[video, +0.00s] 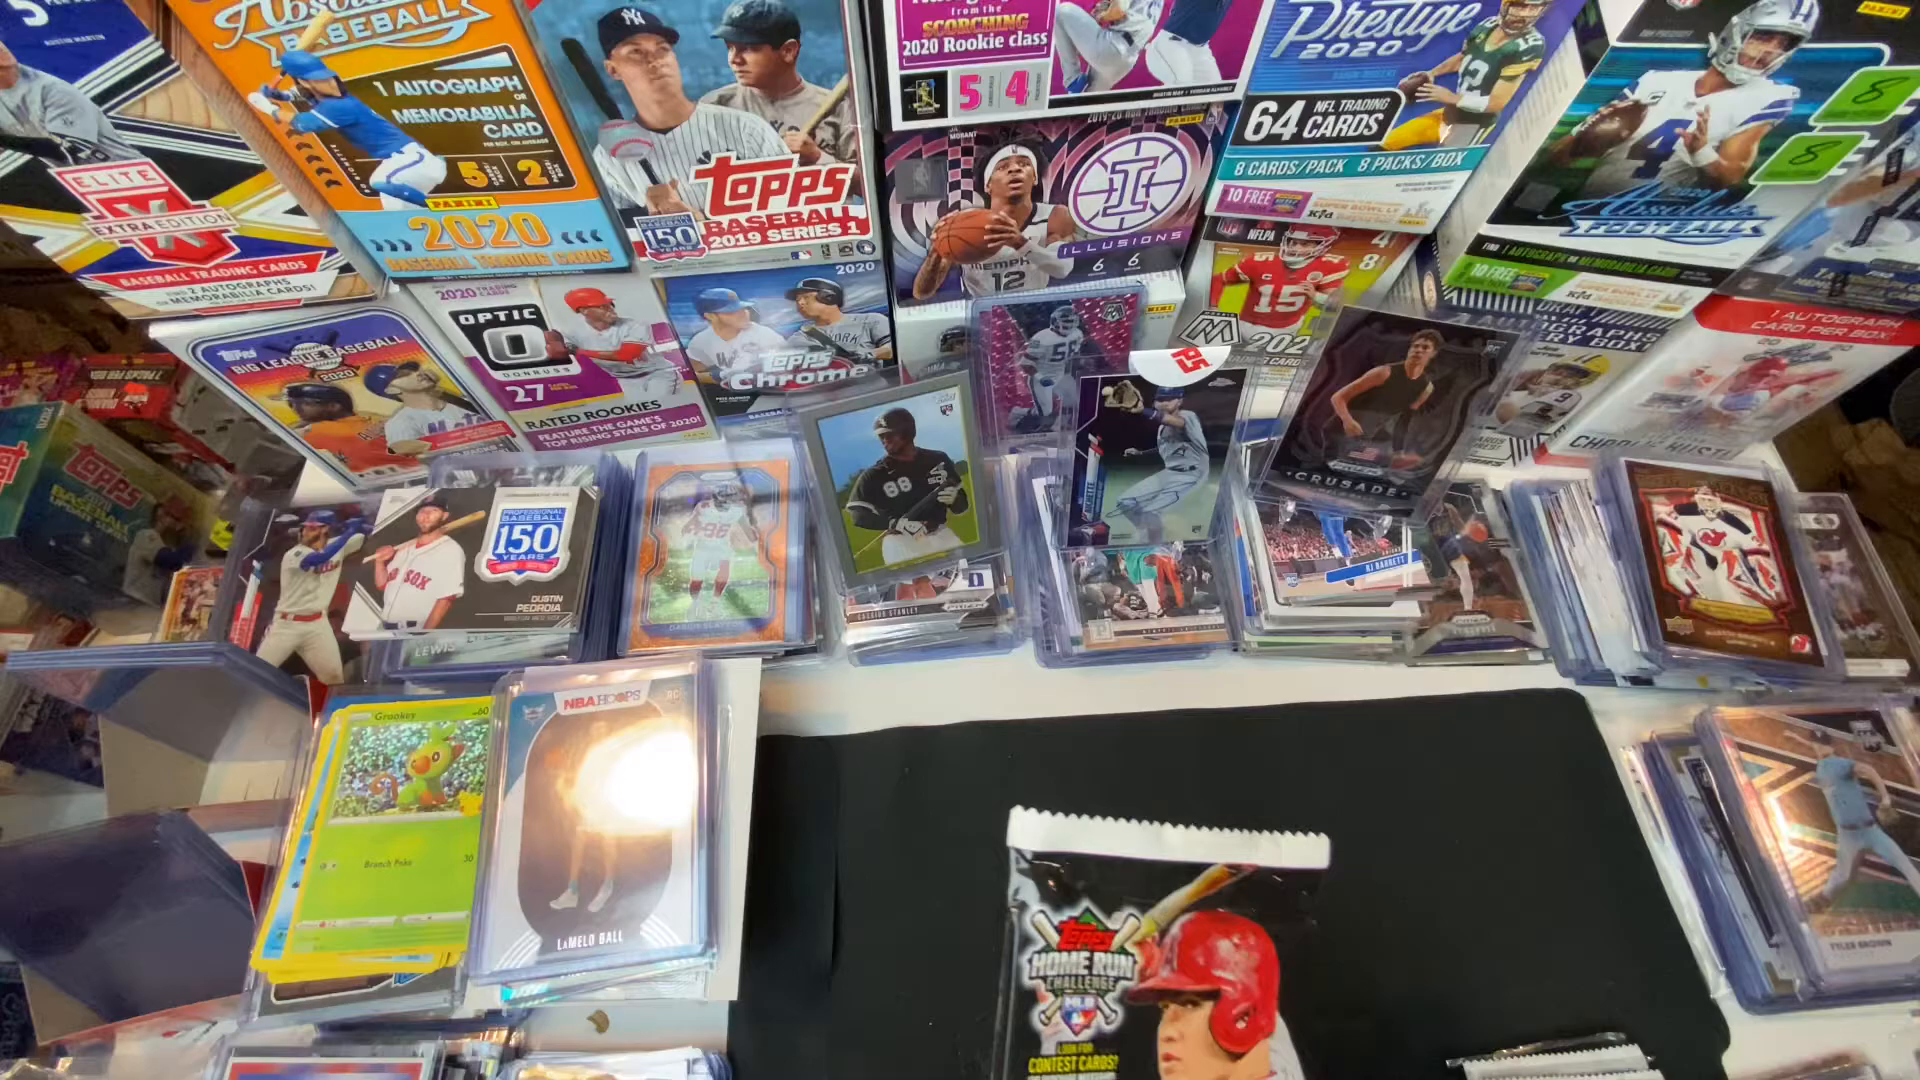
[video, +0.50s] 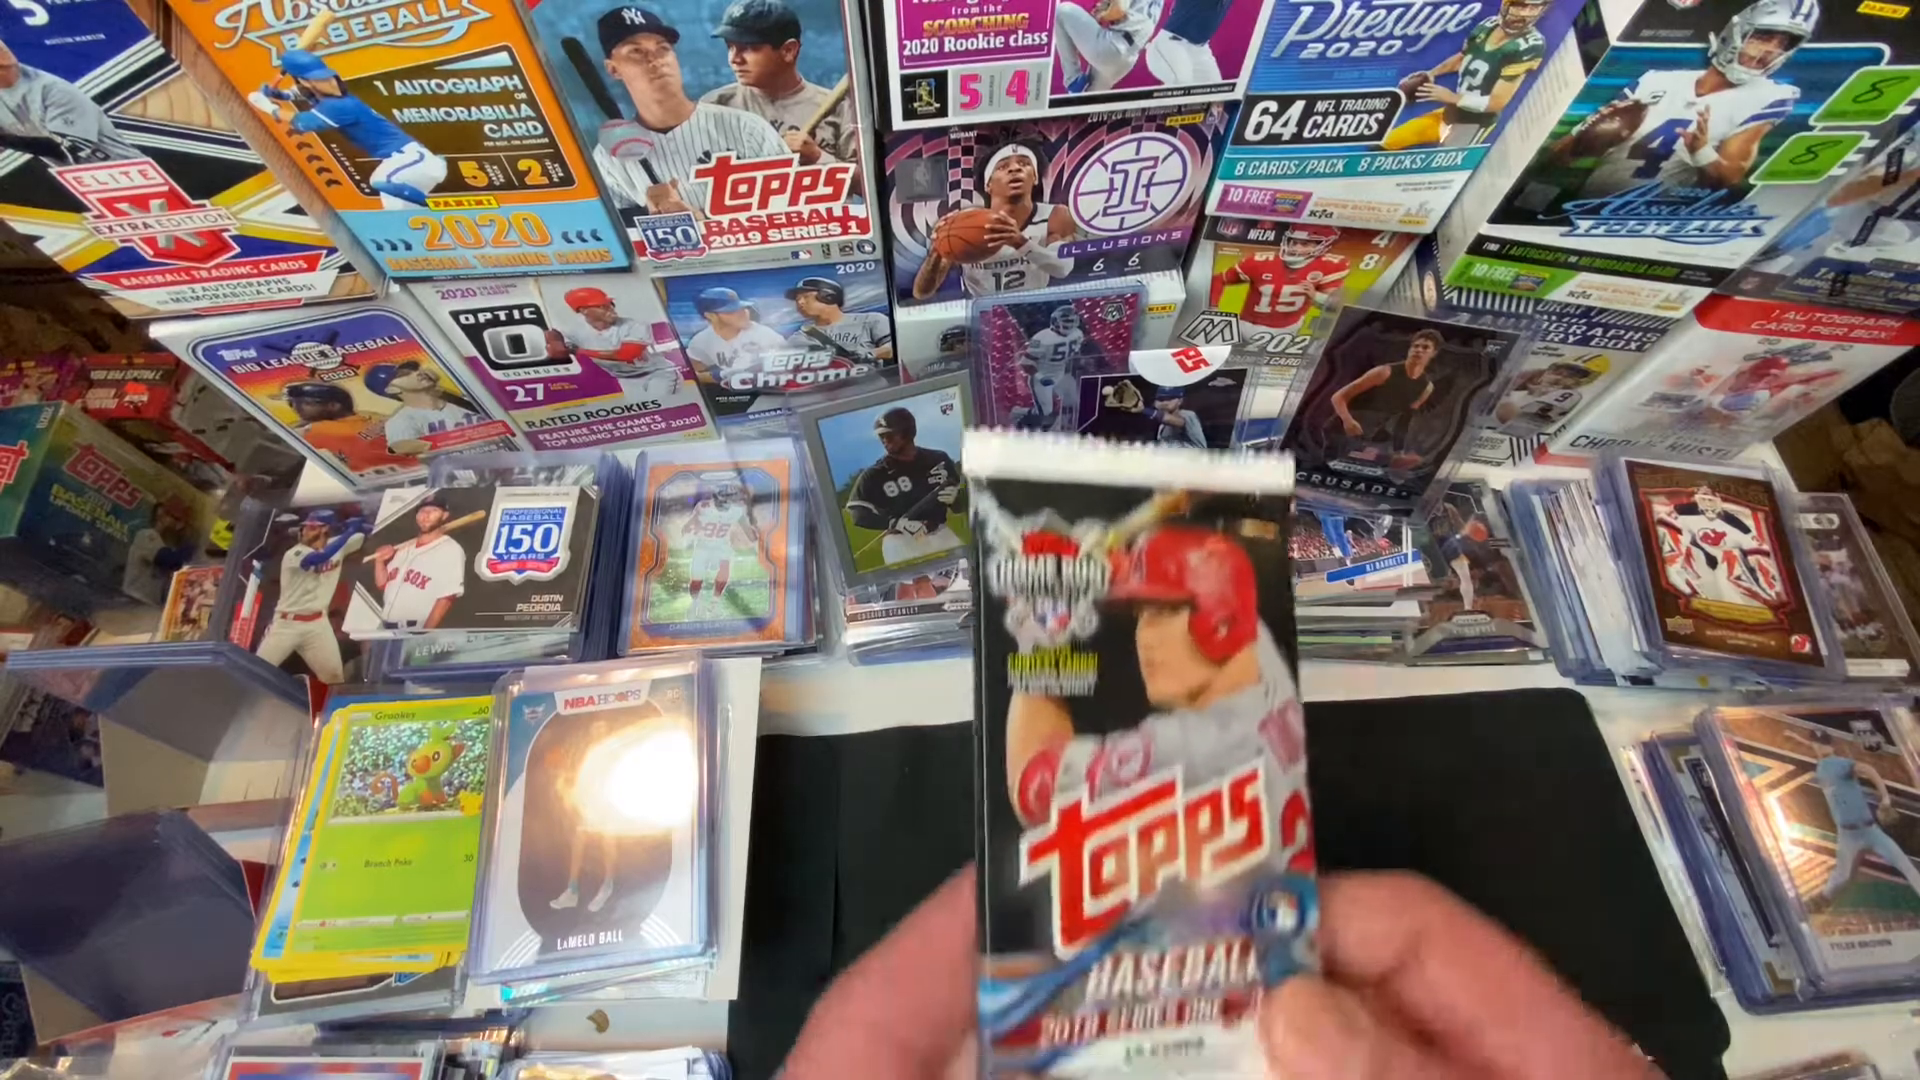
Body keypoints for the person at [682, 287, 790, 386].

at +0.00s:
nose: (743, 312)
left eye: (742, 307)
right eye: (733, 310)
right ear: (710, 316)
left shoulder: (765, 334)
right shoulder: (700, 343)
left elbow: (790, 359)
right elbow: (690, 376)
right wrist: (713, 377)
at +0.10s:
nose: (743, 312)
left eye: (741, 307)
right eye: (733, 310)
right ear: (710, 317)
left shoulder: (764, 334)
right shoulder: (700, 343)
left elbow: (790, 359)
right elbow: (689, 376)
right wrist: (713, 377)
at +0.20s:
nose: (744, 312)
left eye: (742, 306)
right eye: (733, 309)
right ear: (710, 316)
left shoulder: (765, 334)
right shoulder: (700, 342)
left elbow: (790, 359)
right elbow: (689, 375)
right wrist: (712, 376)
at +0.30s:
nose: (744, 313)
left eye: (742, 307)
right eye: (734, 310)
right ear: (710, 317)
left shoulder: (764, 334)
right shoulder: (700, 343)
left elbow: (789, 358)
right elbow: (689, 376)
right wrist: (714, 377)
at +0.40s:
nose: (743, 312)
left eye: (742, 307)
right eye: (733, 310)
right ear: (710, 317)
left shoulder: (764, 334)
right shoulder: (700, 343)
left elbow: (790, 357)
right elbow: (691, 375)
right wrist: (713, 377)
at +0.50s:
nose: (743, 312)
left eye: (741, 307)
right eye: (733, 310)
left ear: (744, 304)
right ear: (710, 316)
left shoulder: (764, 333)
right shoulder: (700, 343)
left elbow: (790, 357)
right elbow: (689, 375)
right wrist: (710, 376)